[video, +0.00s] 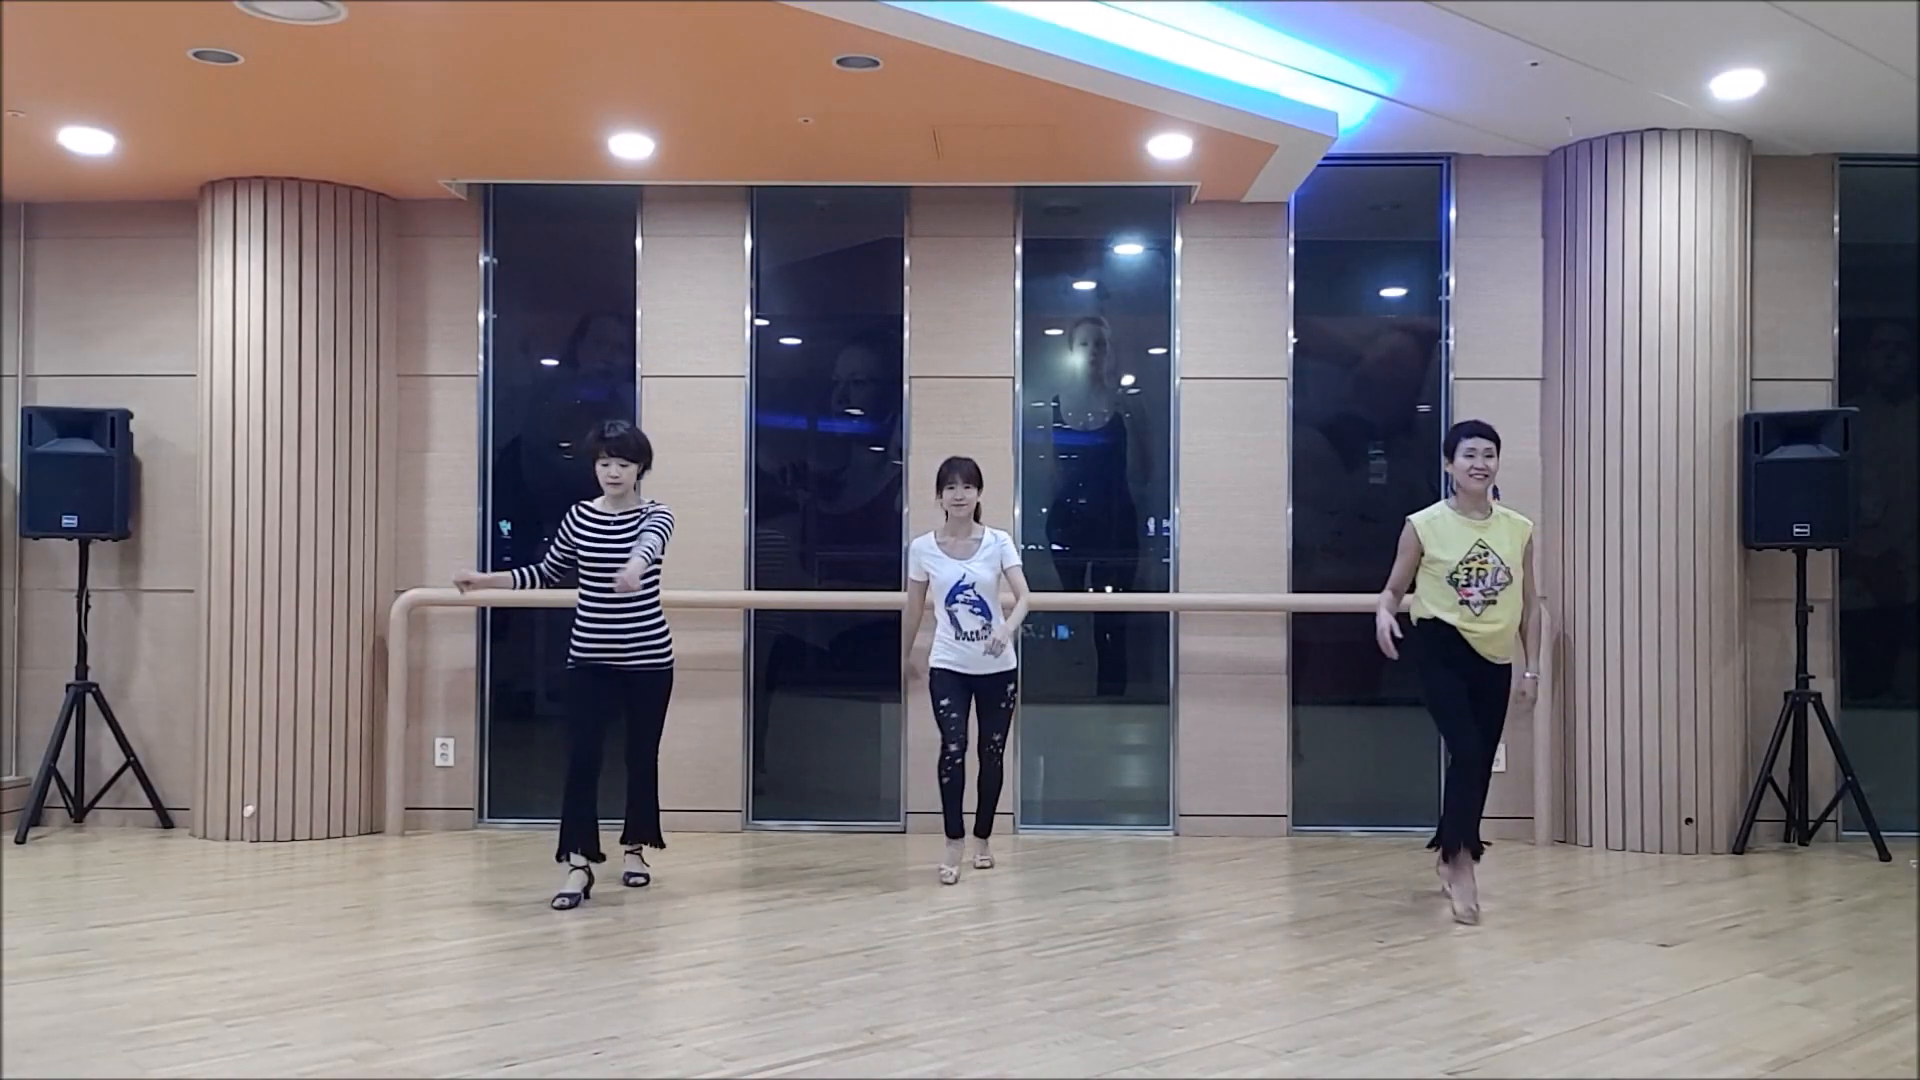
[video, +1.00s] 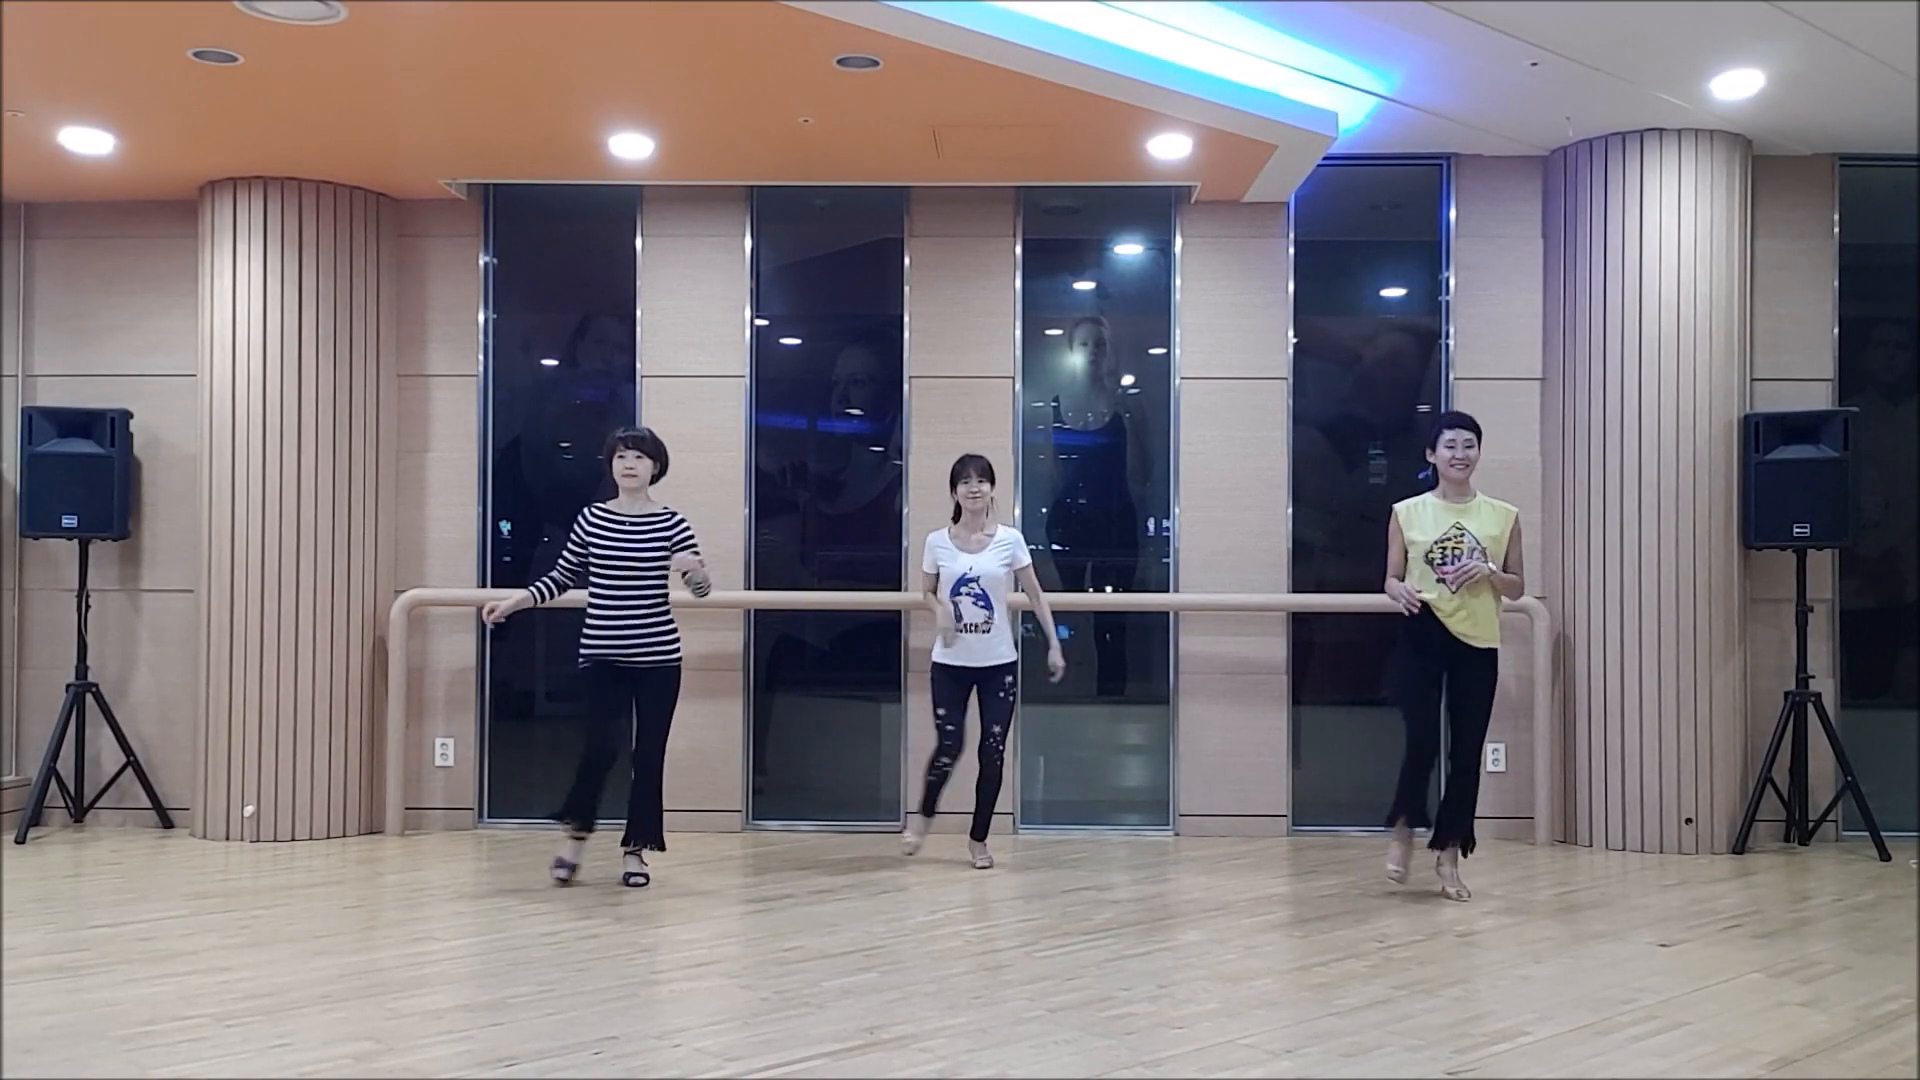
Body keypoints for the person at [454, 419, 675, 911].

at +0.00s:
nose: (613, 470)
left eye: (623, 463)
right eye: (605, 462)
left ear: (640, 468)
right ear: (595, 466)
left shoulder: (656, 515)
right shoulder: (580, 516)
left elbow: (648, 545)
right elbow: (547, 570)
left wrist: (632, 567)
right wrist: (489, 579)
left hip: (647, 657)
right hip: (589, 656)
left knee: (642, 756)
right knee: (583, 756)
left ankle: (635, 850)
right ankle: (577, 866)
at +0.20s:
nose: (616, 470)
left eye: (626, 462)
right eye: (608, 462)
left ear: (643, 467)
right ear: (597, 466)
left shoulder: (660, 521)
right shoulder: (581, 517)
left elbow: (669, 582)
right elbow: (562, 579)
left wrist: (675, 642)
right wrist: (528, 630)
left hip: (651, 654)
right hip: (599, 654)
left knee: (645, 753)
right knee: (615, 746)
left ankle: (635, 850)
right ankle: (593, 837)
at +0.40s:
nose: (618, 470)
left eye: (628, 462)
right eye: (610, 462)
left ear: (644, 468)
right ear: (599, 467)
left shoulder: (662, 521)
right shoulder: (584, 518)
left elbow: (669, 591)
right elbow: (576, 585)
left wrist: (675, 656)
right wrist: (572, 643)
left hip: (651, 653)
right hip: (602, 655)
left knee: (648, 752)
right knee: (634, 748)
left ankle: (635, 850)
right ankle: (614, 847)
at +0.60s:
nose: (624, 468)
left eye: (634, 460)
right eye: (617, 461)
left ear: (652, 467)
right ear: (606, 468)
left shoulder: (675, 520)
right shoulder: (594, 522)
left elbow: (710, 572)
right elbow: (574, 587)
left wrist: (744, 619)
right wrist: (537, 633)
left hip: (652, 657)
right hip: (595, 653)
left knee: (642, 756)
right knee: (580, 744)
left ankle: (634, 851)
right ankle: (562, 837)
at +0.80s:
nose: (628, 470)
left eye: (637, 462)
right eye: (620, 463)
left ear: (656, 470)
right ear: (611, 471)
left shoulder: (679, 521)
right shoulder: (599, 525)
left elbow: (733, 557)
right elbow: (565, 583)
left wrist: (766, 548)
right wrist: (509, 596)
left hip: (644, 661)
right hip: (587, 654)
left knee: (626, 759)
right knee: (552, 748)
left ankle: (633, 856)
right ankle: (516, 850)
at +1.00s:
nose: (629, 463)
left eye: (639, 457)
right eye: (621, 456)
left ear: (656, 467)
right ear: (611, 465)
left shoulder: (671, 522)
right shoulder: (592, 517)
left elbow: (701, 591)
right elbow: (562, 577)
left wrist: (696, 571)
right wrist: (515, 601)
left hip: (657, 653)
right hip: (602, 652)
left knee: (649, 756)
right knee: (601, 747)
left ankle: (635, 851)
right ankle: (574, 840)